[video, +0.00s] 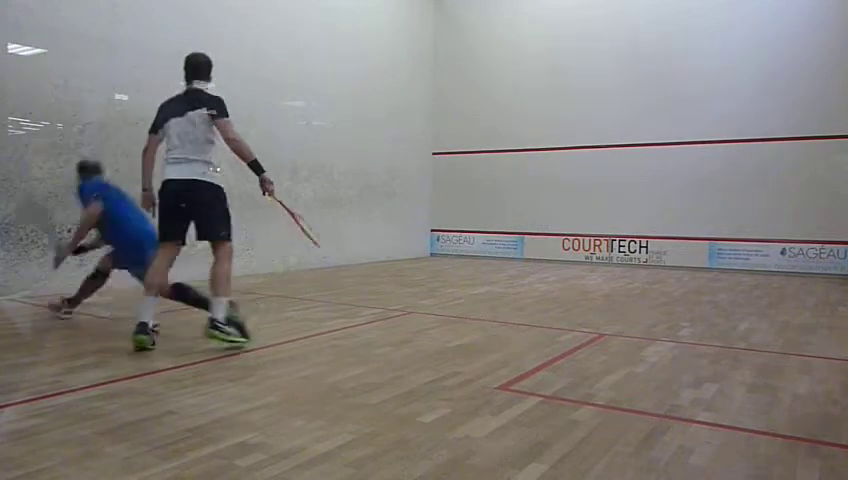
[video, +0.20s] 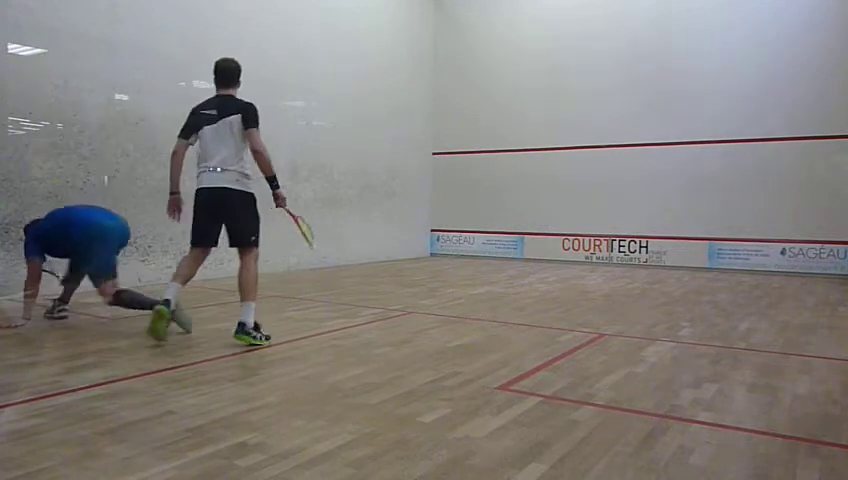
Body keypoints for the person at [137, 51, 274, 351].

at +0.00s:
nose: (210, 81)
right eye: (211, 76)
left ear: (185, 75)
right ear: (209, 77)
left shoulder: (167, 107)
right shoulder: (213, 102)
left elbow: (149, 149)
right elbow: (232, 139)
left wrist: (147, 189)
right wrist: (261, 172)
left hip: (171, 187)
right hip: (206, 186)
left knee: (167, 250)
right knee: (222, 251)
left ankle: (145, 322)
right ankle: (218, 320)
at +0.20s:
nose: (236, 83)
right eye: (239, 79)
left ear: (215, 80)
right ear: (238, 81)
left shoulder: (199, 111)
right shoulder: (245, 109)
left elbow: (178, 152)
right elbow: (257, 149)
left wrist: (174, 192)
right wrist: (275, 187)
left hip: (205, 194)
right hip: (239, 195)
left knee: (198, 251)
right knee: (248, 255)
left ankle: (167, 300)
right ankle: (247, 324)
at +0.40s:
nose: (256, 95)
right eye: (257, 91)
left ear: (235, 93)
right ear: (258, 93)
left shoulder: (220, 121)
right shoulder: (269, 122)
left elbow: (199, 156)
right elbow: (287, 167)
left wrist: (194, 195)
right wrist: (286, 197)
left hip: (224, 197)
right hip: (258, 198)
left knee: (224, 248)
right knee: (271, 257)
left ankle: (220, 307)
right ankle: (282, 321)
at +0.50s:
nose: (264, 107)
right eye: (264, 103)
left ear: (241, 107)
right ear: (263, 107)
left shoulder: (226, 133)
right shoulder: (273, 135)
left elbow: (205, 167)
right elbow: (289, 177)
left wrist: (199, 203)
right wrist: (290, 202)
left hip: (230, 205)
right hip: (263, 207)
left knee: (237, 250)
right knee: (282, 261)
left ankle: (226, 307)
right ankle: (282, 315)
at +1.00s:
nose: (288, 98)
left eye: (286, 94)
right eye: (286, 94)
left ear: (268, 97)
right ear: (280, 97)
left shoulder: (268, 123)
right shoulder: (263, 123)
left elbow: (264, 159)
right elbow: (253, 158)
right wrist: (261, 178)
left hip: (253, 197)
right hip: (259, 198)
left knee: (262, 249)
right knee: (281, 251)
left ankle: (239, 303)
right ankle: (297, 312)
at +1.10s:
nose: (288, 100)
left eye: (287, 95)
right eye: (286, 95)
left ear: (271, 96)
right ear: (278, 96)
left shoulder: (271, 123)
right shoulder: (254, 120)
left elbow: (265, 155)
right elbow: (241, 153)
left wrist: (276, 177)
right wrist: (247, 164)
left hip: (255, 193)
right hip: (250, 194)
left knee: (257, 251)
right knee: (270, 250)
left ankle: (239, 303)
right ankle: (285, 310)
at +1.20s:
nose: (290, 102)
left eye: (290, 97)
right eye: (287, 97)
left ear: (278, 97)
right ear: (276, 97)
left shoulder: (272, 123)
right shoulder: (249, 119)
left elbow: (273, 148)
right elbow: (235, 146)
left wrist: (282, 169)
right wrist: (240, 155)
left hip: (254, 191)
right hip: (244, 191)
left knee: (256, 248)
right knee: (264, 246)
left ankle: (239, 304)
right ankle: (264, 309)